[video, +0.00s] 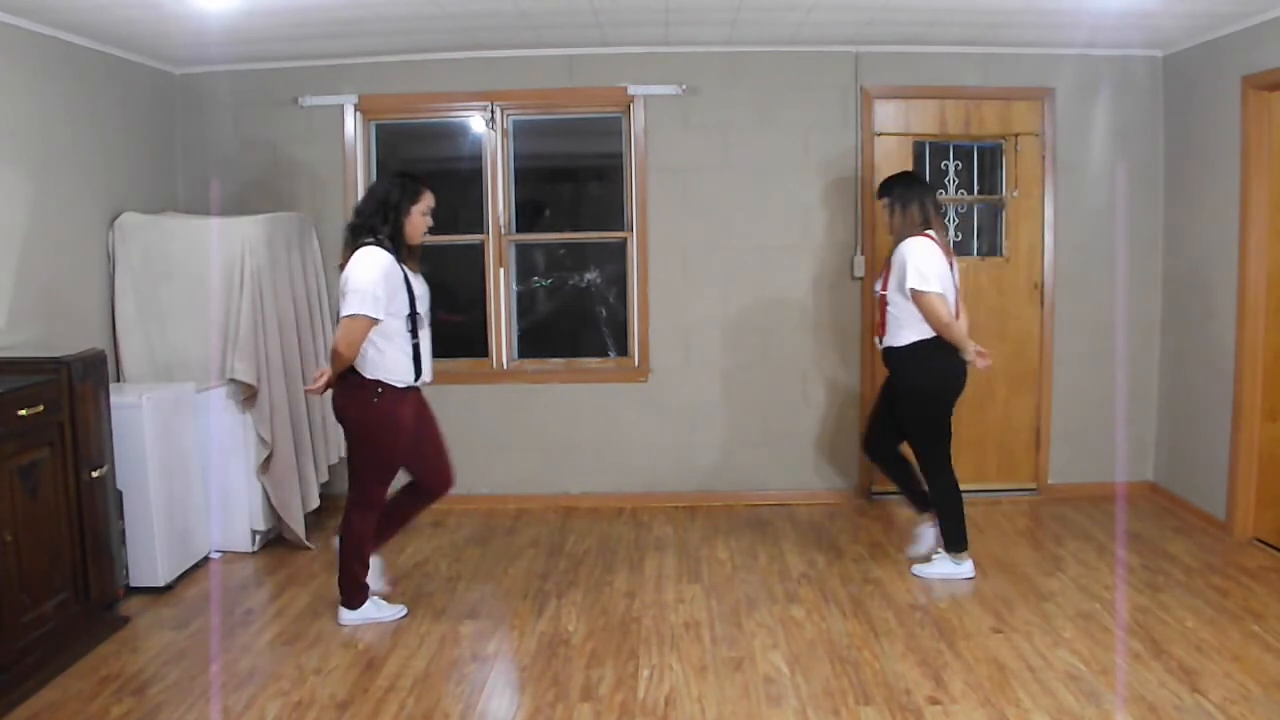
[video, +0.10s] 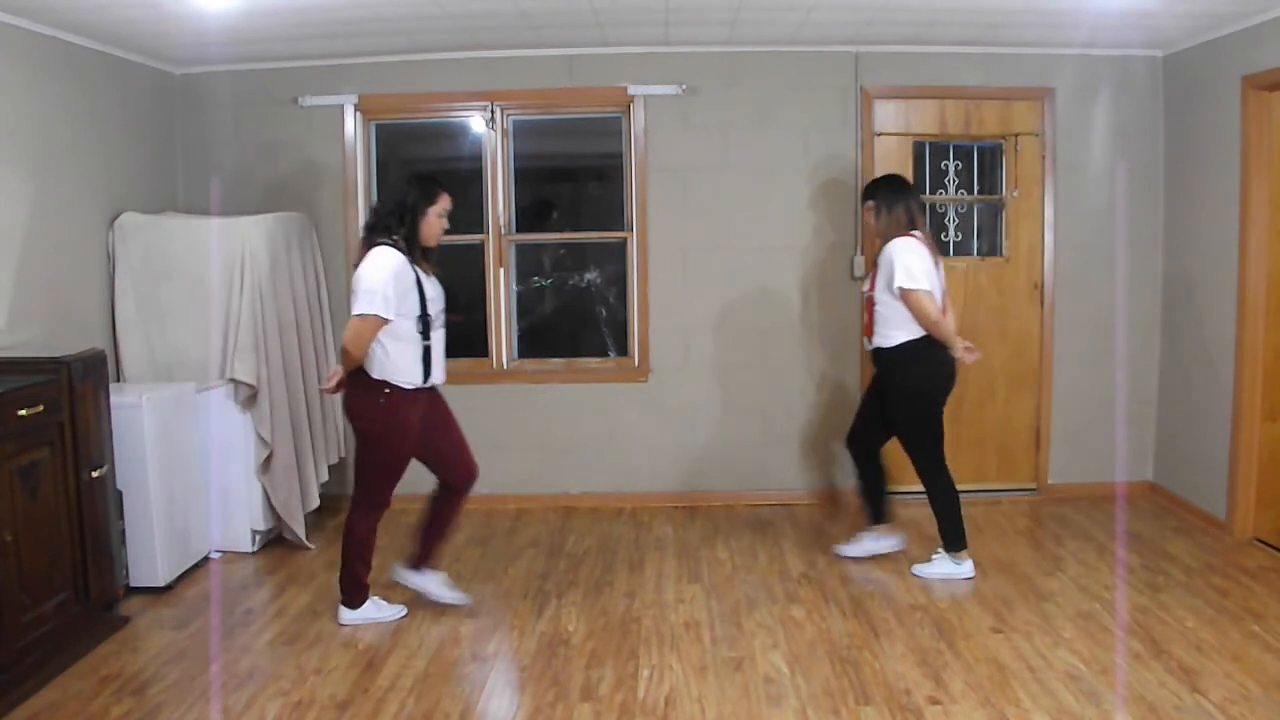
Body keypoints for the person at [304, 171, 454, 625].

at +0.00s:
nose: (430, 223)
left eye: (431, 214)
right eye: (424, 213)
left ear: (403, 215)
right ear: (398, 213)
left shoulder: (398, 263)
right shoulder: (372, 262)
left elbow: (372, 334)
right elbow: (344, 348)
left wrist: (335, 369)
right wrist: (335, 372)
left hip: (401, 394)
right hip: (371, 397)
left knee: (434, 480)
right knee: (367, 500)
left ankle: (365, 546)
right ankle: (353, 602)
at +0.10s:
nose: (446, 225)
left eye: (447, 216)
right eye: (441, 215)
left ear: (422, 217)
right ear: (415, 214)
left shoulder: (415, 264)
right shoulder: (383, 263)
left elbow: (387, 332)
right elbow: (354, 344)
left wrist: (349, 367)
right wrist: (353, 369)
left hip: (419, 398)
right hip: (384, 400)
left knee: (460, 475)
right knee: (370, 502)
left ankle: (420, 567)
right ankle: (353, 601)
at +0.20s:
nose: (464, 229)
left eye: (466, 220)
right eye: (459, 219)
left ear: (444, 222)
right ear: (433, 217)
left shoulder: (437, 269)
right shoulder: (399, 266)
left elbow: (415, 339)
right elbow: (369, 345)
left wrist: (366, 368)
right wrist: (369, 367)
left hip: (440, 403)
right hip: (401, 405)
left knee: (474, 483)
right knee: (378, 502)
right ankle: (354, 600)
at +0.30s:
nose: (483, 231)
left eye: (484, 222)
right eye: (477, 221)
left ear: (463, 225)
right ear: (450, 221)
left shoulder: (456, 272)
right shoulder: (420, 269)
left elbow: (436, 340)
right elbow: (395, 346)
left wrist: (385, 371)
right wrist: (383, 374)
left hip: (460, 408)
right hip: (423, 409)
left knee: (488, 498)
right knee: (393, 503)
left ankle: (531, 585)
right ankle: (356, 597)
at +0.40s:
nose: (506, 225)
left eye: (507, 216)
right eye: (500, 215)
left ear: (491, 217)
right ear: (475, 215)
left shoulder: (485, 266)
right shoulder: (445, 265)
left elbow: (471, 339)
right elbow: (419, 346)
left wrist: (418, 370)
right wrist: (418, 372)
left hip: (489, 404)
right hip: (451, 407)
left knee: (508, 498)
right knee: (425, 499)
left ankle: (536, 588)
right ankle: (367, 586)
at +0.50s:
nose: (527, 214)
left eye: (527, 205)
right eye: (519, 206)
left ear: (513, 209)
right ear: (494, 207)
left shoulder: (506, 257)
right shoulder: (469, 255)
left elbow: (491, 323)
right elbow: (446, 334)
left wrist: (445, 361)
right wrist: (447, 362)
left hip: (512, 392)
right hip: (476, 394)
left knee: (522, 493)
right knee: (475, 497)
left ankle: (536, 588)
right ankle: (395, 568)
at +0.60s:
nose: (544, 209)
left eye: (544, 200)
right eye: (536, 200)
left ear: (524, 203)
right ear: (511, 201)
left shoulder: (521, 252)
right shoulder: (486, 250)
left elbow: (508, 321)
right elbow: (465, 331)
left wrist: (463, 361)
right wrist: (464, 361)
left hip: (530, 384)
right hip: (498, 386)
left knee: (533, 490)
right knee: (522, 490)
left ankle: (537, 587)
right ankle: (435, 553)